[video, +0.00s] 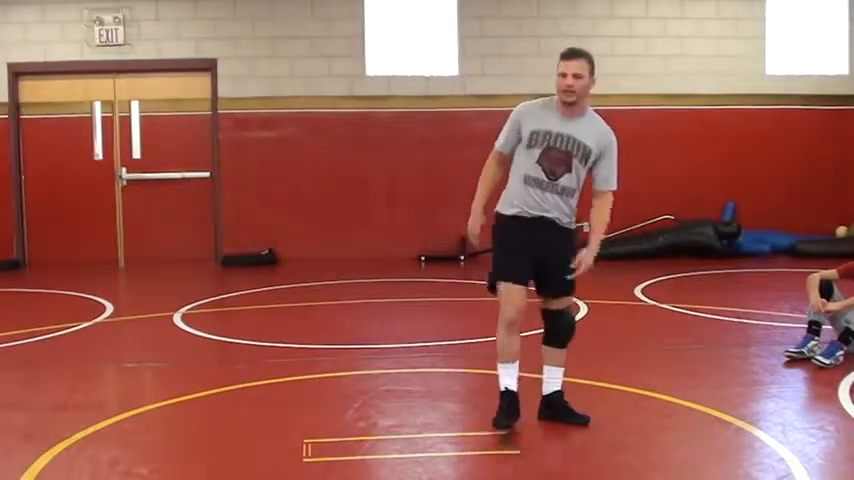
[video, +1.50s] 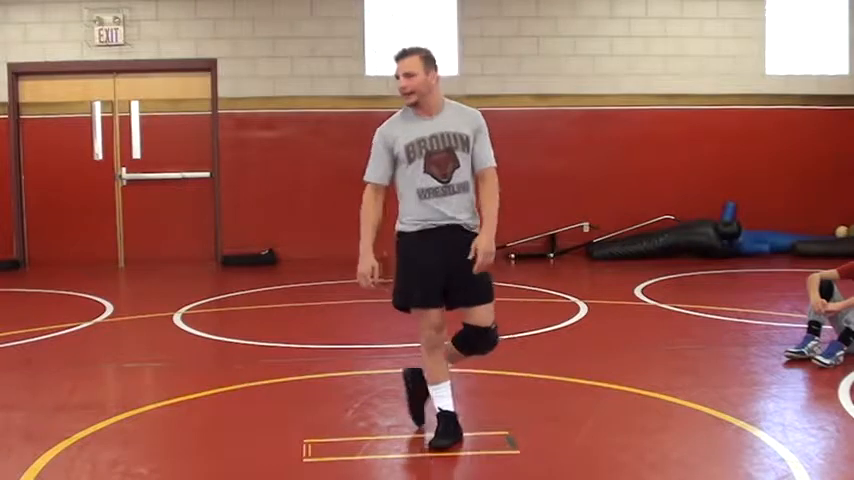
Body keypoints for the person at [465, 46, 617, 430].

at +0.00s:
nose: (568, 83)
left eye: (577, 76)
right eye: (563, 75)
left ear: (591, 82)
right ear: (555, 78)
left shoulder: (602, 137)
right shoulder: (525, 114)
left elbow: (603, 197)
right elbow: (496, 162)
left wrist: (593, 246)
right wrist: (476, 213)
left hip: (558, 230)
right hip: (513, 223)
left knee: (561, 318)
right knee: (512, 314)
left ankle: (551, 398)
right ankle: (508, 396)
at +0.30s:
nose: (557, 84)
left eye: (565, 78)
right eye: (550, 77)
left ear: (577, 82)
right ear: (541, 79)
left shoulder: (590, 134)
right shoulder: (512, 116)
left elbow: (588, 195)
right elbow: (486, 166)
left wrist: (553, 237)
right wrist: (471, 216)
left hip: (550, 231)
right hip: (503, 224)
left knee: (555, 324)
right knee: (484, 311)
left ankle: (551, 399)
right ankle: (465, 395)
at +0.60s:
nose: (497, 92)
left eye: (506, 85)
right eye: (493, 84)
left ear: (527, 86)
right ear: (488, 84)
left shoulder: (552, 132)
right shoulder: (468, 127)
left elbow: (566, 190)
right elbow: (447, 183)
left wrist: (566, 246)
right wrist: (440, 237)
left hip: (526, 241)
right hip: (476, 240)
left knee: (543, 325)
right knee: (465, 327)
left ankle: (549, 400)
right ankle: (453, 415)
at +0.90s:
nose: (437, 85)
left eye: (445, 78)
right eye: (435, 78)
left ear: (469, 80)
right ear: (435, 80)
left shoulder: (505, 119)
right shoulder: (422, 130)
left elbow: (526, 174)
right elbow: (413, 190)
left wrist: (540, 228)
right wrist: (438, 243)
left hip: (496, 234)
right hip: (447, 238)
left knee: (531, 324)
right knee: (448, 327)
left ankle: (528, 395)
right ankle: (449, 418)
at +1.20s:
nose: (409, 81)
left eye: (417, 74)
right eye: (408, 74)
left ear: (442, 76)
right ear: (412, 78)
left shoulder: (483, 118)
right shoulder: (400, 131)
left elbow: (505, 173)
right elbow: (395, 194)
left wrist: (519, 228)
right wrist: (408, 247)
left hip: (477, 234)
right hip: (428, 239)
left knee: (513, 326)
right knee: (438, 328)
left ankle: (507, 390)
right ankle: (448, 417)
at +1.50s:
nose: (403, 84)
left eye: (410, 75)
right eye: (399, 77)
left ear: (434, 76)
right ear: (397, 82)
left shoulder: (470, 119)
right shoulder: (389, 133)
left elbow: (487, 179)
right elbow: (374, 191)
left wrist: (488, 233)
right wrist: (366, 251)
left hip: (464, 234)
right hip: (417, 239)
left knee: (482, 335)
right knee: (433, 330)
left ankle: (422, 375)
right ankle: (447, 418)